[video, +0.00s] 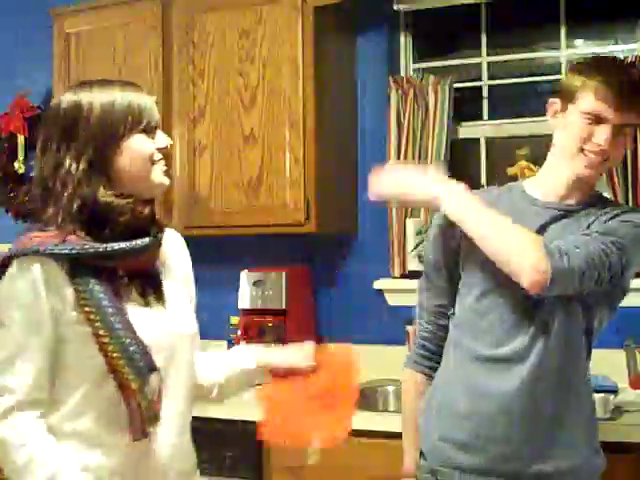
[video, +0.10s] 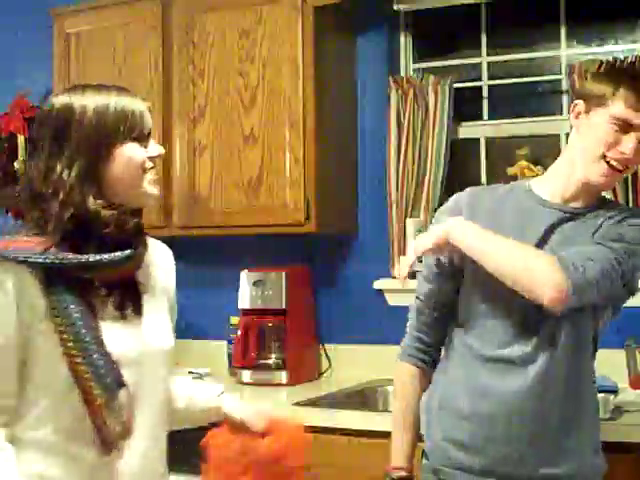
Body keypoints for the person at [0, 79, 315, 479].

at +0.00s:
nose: (166, 142)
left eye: (159, 129)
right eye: (146, 131)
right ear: (91, 152)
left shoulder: (170, 250)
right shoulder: (36, 272)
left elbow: (177, 378)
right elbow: (15, 416)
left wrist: (261, 359)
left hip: (172, 470)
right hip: (88, 472)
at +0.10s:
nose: (158, 151)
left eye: (151, 138)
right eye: (139, 139)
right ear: (83, 153)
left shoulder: (157, 262)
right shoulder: (15, 279)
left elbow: (145, 395)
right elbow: (2, 424)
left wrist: (222, 403)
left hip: (143, 471)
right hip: (49, 471)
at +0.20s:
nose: (144, 158)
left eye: (138, 145)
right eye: (125, 146)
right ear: (68, 161)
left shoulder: (144, 263)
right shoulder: (11, 271)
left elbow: (131, 385)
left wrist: (181, 423)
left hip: (124, 472)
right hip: (28, 471)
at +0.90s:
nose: (195, 165)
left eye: (192, 149)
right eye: (176, 151)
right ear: (121, 157)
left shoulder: (185, 260)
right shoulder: (43, 284)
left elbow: (179, 387)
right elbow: (12, 442)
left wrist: (241, 415)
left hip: (180, 472)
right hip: (84, 470)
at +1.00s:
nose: (218, 162)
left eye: (216, 147)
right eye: (202, 147)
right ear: (147, 152)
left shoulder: (211, 255)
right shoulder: (74, 277)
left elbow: (205, 390)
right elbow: (43, 445)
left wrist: (282, 406)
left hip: (210, 471)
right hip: (122, 471)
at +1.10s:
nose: (239, 162)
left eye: (238, 147)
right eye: (223, 147)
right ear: (169, 152)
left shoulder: (235, 249)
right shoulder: (101, 274)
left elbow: (235, 372)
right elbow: (74, 437)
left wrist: (322, 385)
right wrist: (127, 478)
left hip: (236, 469)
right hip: (150, 468)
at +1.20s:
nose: (258, 163)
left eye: (256, 147)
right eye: (241, 147)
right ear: (188, 151)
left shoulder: (256, 249)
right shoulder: (119, 273)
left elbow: (281, 369)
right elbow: (96, 432)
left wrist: (369, 362)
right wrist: (174, 476)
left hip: (255, 470)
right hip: (173, 470)